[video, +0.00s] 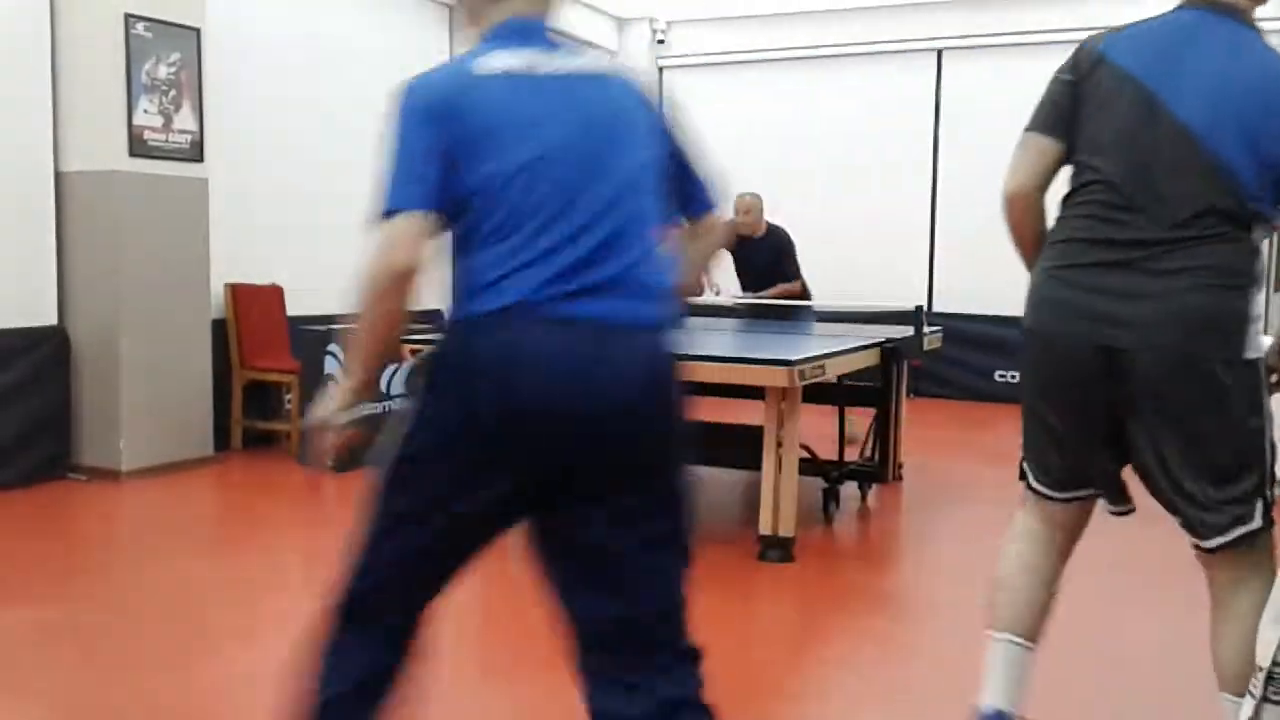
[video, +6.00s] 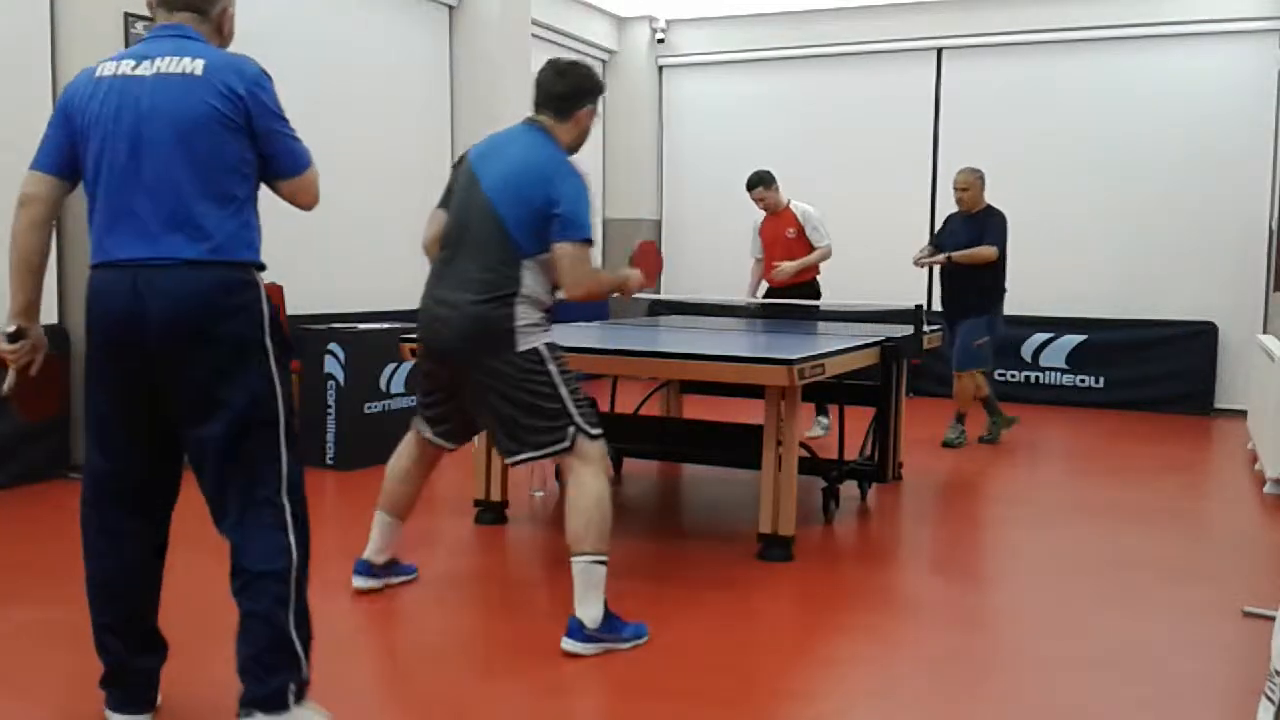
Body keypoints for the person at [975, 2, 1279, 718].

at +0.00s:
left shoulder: (1102, 51)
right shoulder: (1267, 75)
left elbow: (1020, 190)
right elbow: (1271, 227)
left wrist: (1056, 283)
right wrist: (1273, 344)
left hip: (1066, 321)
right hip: (1191, 339)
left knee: (1045, 509)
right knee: (1240, 559)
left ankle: (995, 705)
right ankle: (1248, 710)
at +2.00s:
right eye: (625, 77)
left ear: (571, 78)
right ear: (631, 82)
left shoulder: (534, 142)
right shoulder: (658, 155)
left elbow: (478, 262)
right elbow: (704, 277)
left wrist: (513, 325)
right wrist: (659, 322)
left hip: (543, 359)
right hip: (642, 360)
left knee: (453, 484)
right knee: (716, 488)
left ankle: (410, 649)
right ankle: (801, 640)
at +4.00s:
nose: (227, 20)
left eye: (221, 13)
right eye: (226, 12)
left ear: (153, 9)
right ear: (214, 9)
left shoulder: (112, 75)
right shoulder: (205, 80)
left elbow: (80, 207)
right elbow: (216, 209)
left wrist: (89, 289)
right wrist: (258, 320)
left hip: (128, 310)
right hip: (184, 314)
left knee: (169, 483)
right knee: (222, 483)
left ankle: (164, 654)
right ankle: (79, 655)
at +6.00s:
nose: (591, 127)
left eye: (592, 118)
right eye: (592, 118)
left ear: (537, 105)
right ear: (581, 115)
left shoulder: (480, 153)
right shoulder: (561, 176)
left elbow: (434, 240)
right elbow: (575, 283)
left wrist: (502, 264)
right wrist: (620, 277)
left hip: (440, 323)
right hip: (508, 331)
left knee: (425, 435)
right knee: (586, 456)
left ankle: (374, 559)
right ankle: (591, 618)